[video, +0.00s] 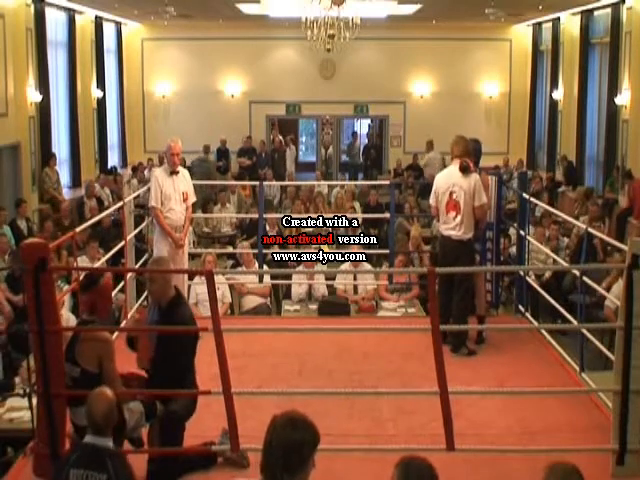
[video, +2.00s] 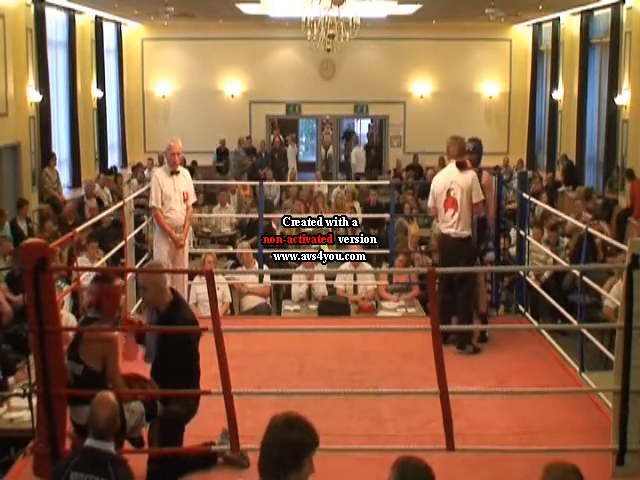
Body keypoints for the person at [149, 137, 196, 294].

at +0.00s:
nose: (176, 159)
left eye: (178, 155)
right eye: (172, 155)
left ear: (181, 155)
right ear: (166, 156)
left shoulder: (184, 174)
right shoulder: (158, 174)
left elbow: (189, 204)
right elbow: (154, 208)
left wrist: (184, 233)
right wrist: (171, 235)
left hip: (182, 226)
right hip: (164, 225)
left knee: (182, 267)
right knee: (163, 265)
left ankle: (181, 301)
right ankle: (162, 303)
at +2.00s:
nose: (176, 158)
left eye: (179, 154)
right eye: (172, 154)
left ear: (182, 155)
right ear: (166, 155)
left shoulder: (185, 173)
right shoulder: (158, 174)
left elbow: (190, 204)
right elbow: (155, 208)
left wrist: (184, 233)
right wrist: (172, 235)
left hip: (182, 227)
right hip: (164, 226)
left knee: (181, 269)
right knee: (164, 268)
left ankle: (181, 304)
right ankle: (163, 305)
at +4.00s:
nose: (180, 158)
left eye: (182, 154)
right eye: (177, 154)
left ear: (184, 156)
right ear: (168, 156)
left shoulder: (184, 172)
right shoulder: (158, 174)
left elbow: (188, 202)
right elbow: (164, 205)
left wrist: (185, 234)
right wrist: (184, 220)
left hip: (181, 228)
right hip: (165, 227)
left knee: (181, 269)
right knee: (163, 268)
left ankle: (181, 307)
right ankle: (163, 306)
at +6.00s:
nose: (179, 158)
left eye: (181, 154)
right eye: (175, 155)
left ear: (183, 156)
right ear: (166, 157)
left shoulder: (184, 173)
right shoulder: (158, 174)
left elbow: (188, 204)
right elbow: (166, 209)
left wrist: (185, 233)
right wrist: (187, 211)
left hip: (183, 227)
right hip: (165, 228)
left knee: (181, 271)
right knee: (163, 270)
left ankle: (181, 310)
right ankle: (162, 310)